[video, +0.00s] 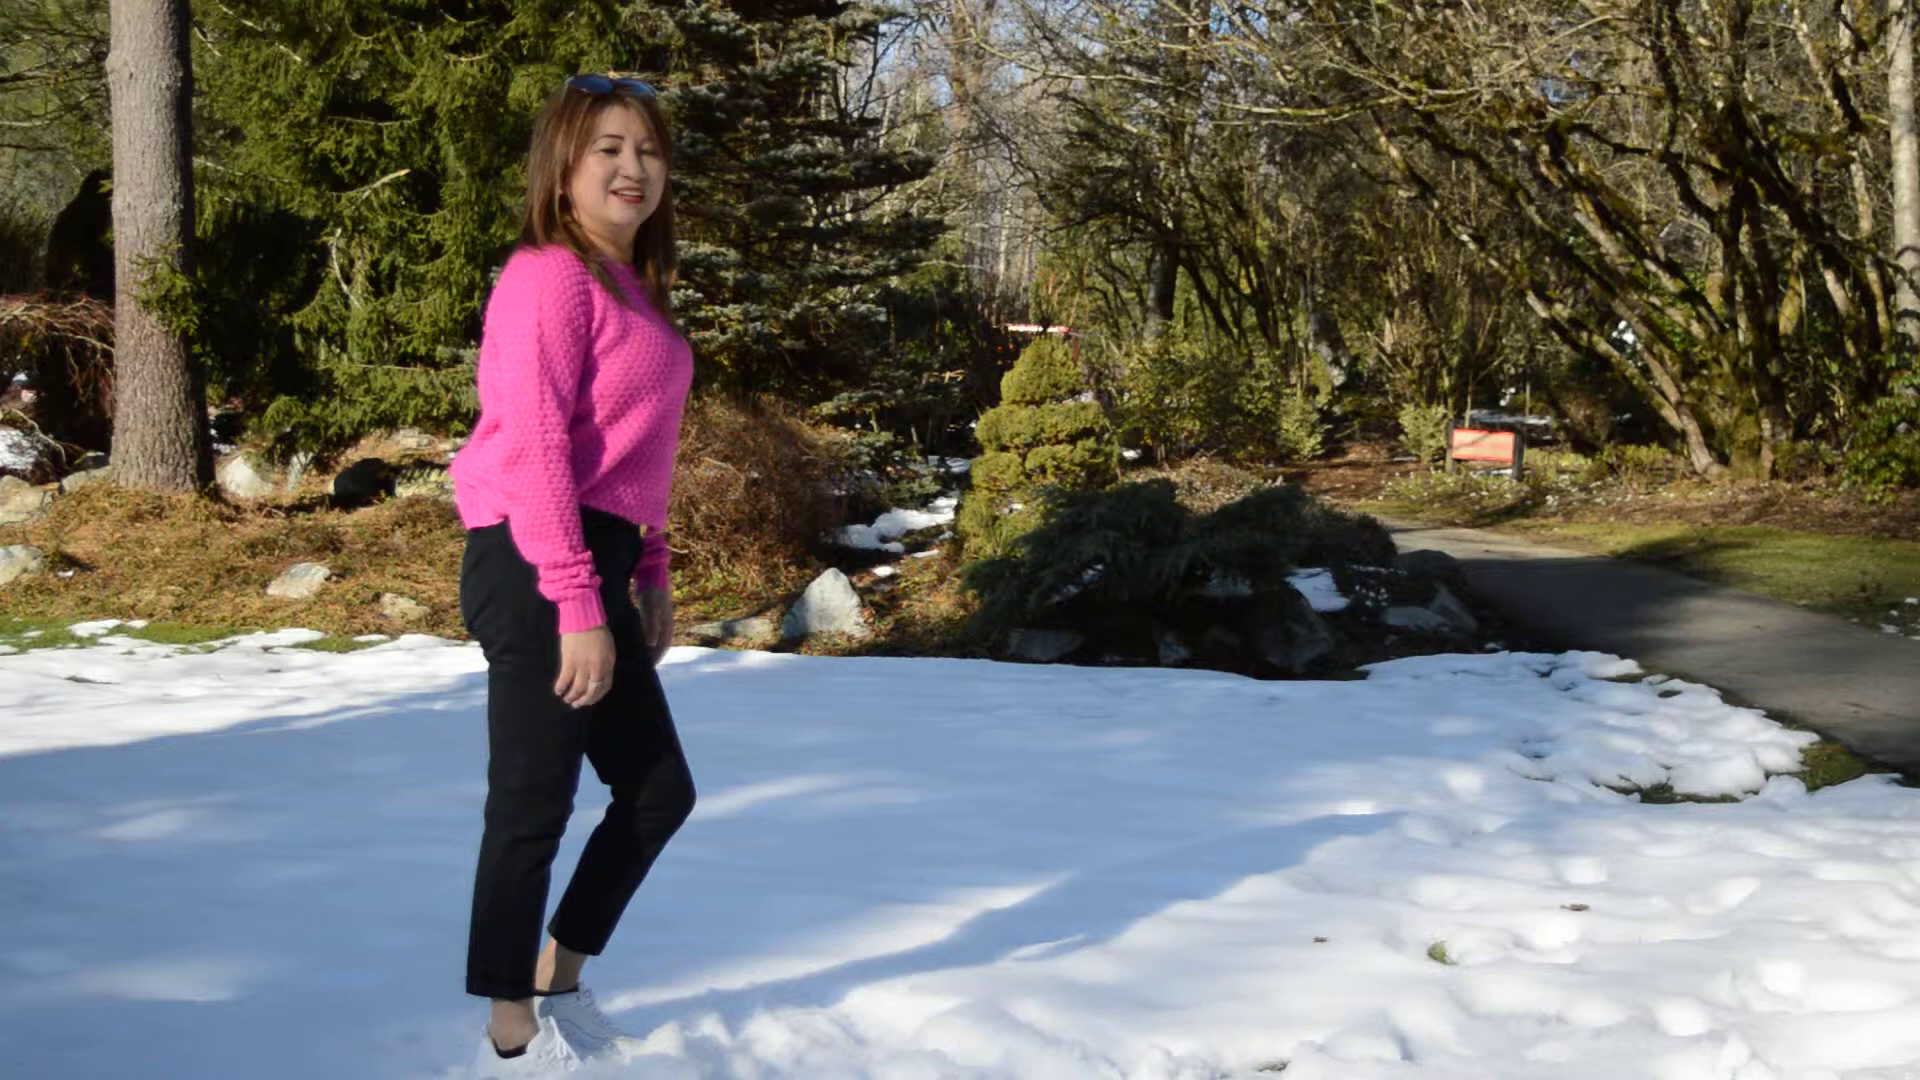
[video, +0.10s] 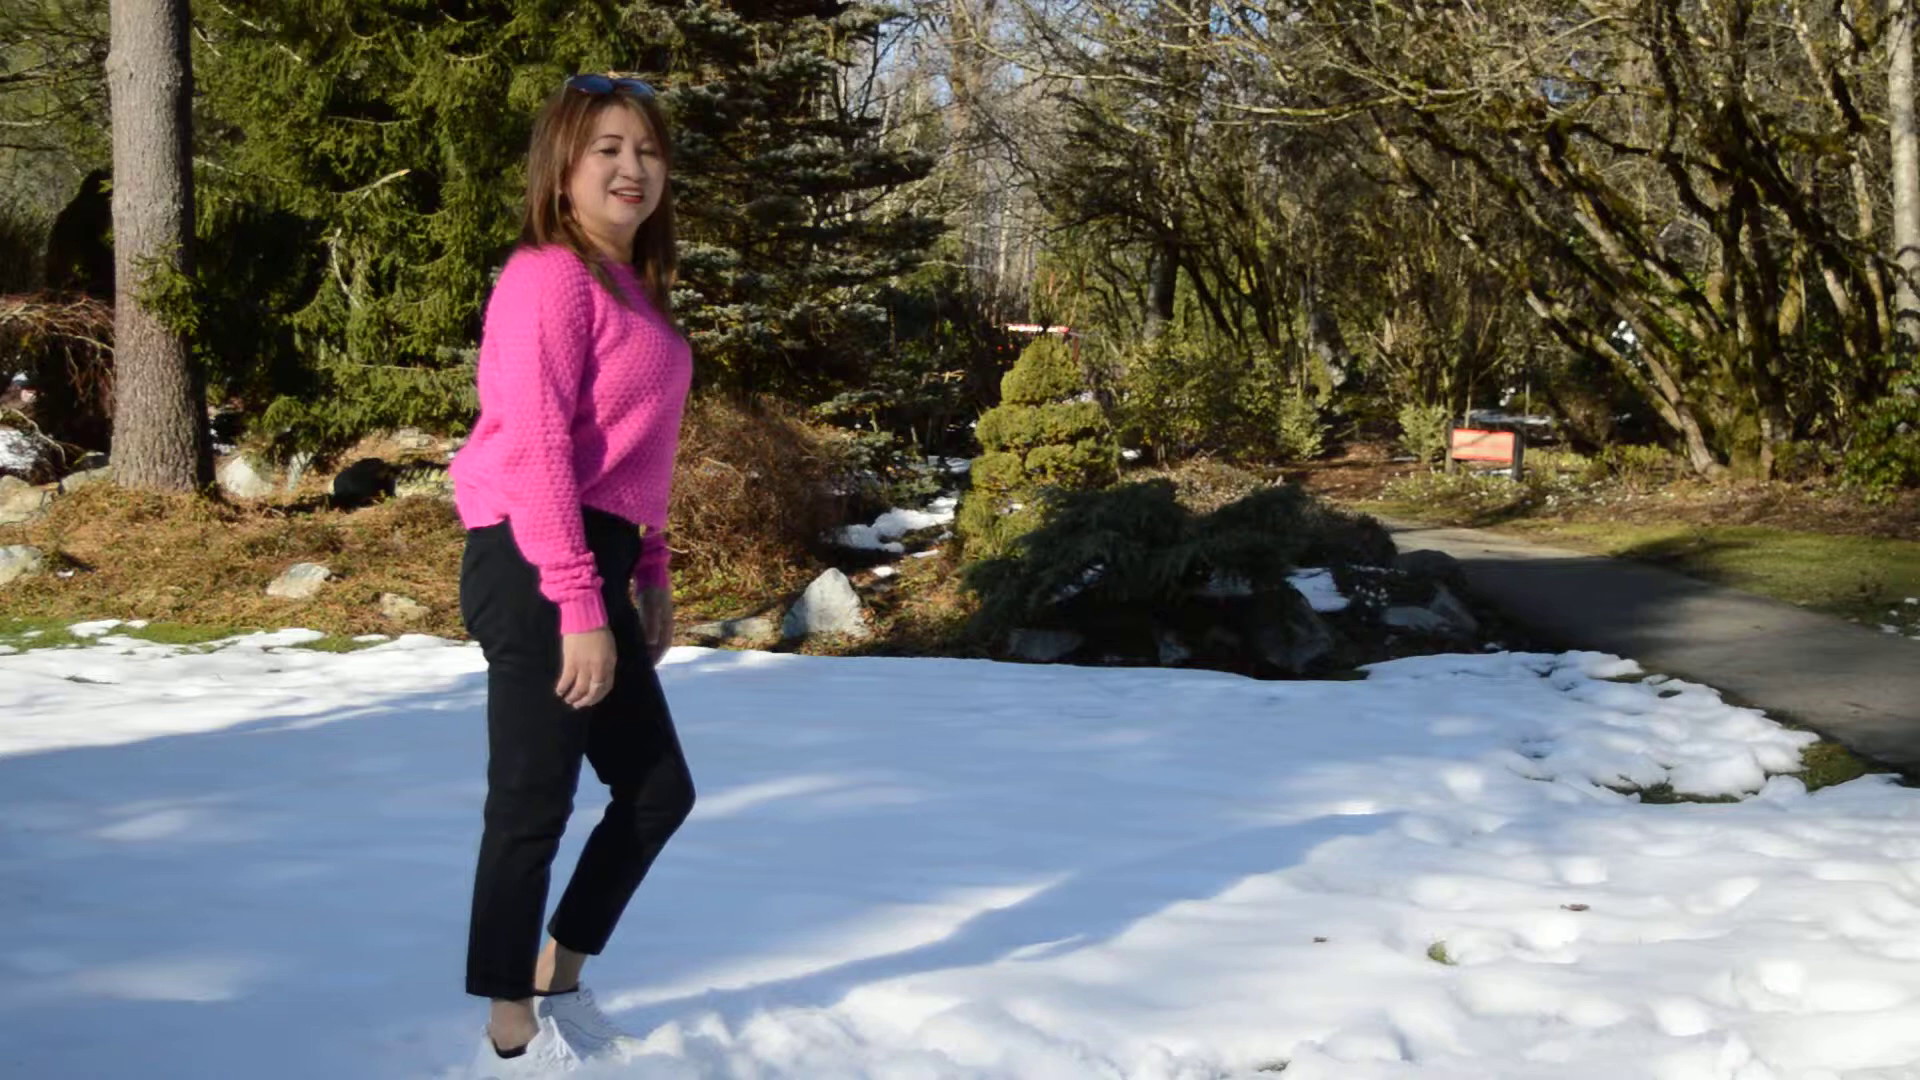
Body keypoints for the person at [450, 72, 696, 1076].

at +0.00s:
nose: (631, 167)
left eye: (647, 151)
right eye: (608, 148)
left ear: (663, 175)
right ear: (562, 167)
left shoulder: (635, 292)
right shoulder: (545, 276)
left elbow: (637, 453)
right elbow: (535, 451)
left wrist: (651, 572)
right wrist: (575, 608)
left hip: (600, 555)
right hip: (529, 550)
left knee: (659, 791)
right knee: (532, 796)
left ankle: (558, 978)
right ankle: (508, 1037)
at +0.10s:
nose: (631, 167)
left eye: (646, 151)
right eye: (607, 149)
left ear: (662, 174)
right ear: (562, 167)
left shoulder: (635, 292)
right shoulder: (545, 278)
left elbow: (637, 453)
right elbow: (536, 453)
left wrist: (651, 572)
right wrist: (577, 609)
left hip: (601, 555)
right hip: (529, 550)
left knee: (658, 790)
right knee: (532, 795)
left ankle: (557, 979)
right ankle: (508, 1036)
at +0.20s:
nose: (629, 167)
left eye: (645, 150)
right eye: (605, 148)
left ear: (661, 174)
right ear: (560, 166)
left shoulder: (634, 292)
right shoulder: (544, 277)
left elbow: (638, 454)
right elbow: (535, 454)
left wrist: (651, 574)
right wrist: (577, 610)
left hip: (599, 555)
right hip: (528, 551)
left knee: (657, 790)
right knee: (532, 794)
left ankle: (555, 980)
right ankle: (508, 1036)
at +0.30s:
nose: (627, 166)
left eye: (643, 150)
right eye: (603, 147)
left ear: (659, 174)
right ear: (558, 165)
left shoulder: (630, 293)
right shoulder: (541, 278)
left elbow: (636, 454)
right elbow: (535, 453)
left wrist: (651, 572)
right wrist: (577, 610)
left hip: (599, 555)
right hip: (528, 550)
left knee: (656, 790)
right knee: (532, 792)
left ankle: (555, 980)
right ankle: (508, 1035)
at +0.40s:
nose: (625, 166)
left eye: (640, 149)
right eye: (602, 146)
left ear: (655, 173)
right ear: (556, 165)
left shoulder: (626, 291)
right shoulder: (538, 279)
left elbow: (635, 450)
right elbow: (533, 453)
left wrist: (649, 570)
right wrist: (575, 610)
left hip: (597, 555)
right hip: (527, 552)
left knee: (656, 790)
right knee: (531, 796)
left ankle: (554, 979)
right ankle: (508, 1037)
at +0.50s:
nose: (623, 166)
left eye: (638, 149)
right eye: (600, 146)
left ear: (654, 173)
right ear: (553, 166)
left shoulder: (625, 292)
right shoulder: (536, 278)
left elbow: (634, 451)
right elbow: (531, 453)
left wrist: (647, 571)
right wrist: (572, 610)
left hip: (596, 555)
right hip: (525, 551)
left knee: (655, 790)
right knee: (530, 794)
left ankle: (554, 978)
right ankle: (506, 1038)